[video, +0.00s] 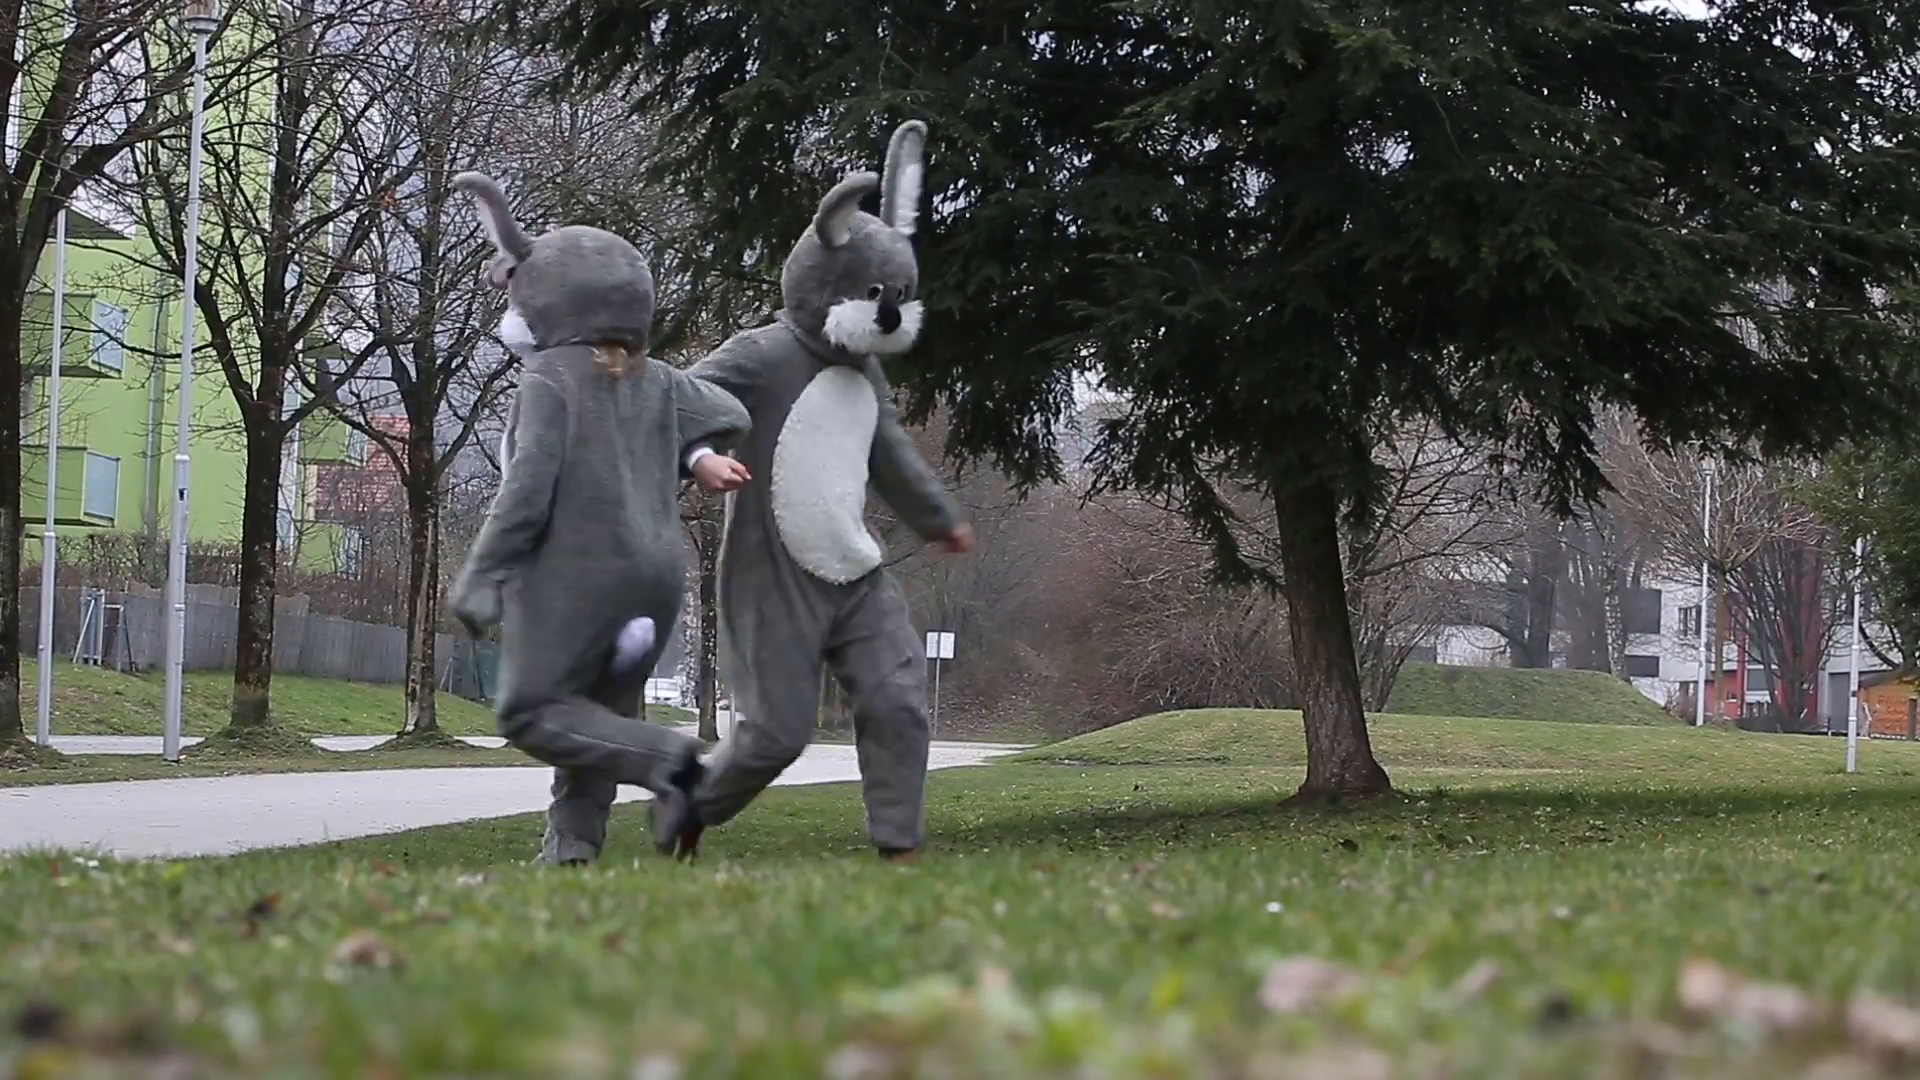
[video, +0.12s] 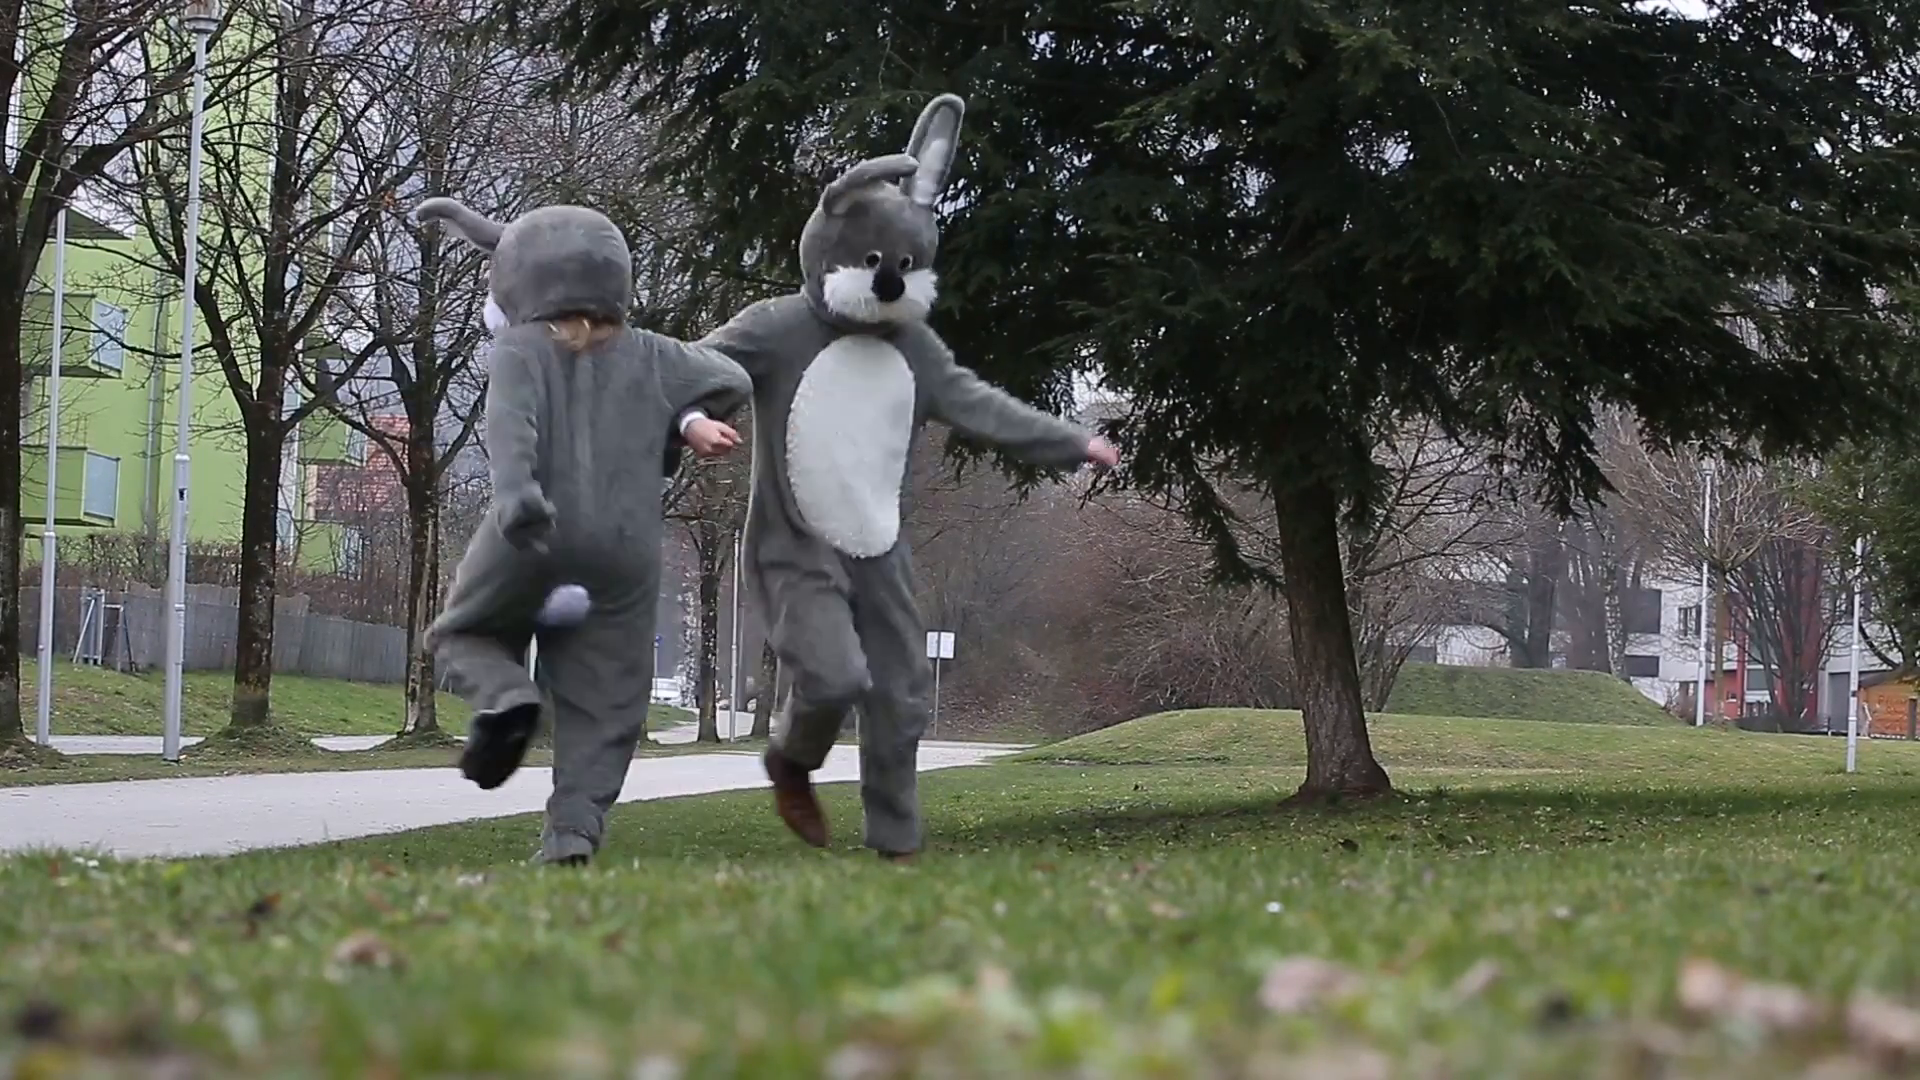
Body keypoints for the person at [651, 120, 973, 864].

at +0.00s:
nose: (880, 320)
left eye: (888, 306)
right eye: (869, 303)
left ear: (884, 306)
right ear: (825, 294)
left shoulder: (864, 380)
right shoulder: (762, 354)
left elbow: (893, 457)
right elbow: (670, 403)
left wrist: (940, 517)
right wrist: (694, 454)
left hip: (857, 572)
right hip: (771, 576)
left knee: (898, 703)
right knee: (776, 735)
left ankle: (898, 845)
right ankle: (685, 814)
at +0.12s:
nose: (895, 286)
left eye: (907, 271)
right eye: (880, 267)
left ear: (914, 269)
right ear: (838, 261)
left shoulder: (914, 345)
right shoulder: (772, 327)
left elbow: (979, 404)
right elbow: (681, 374)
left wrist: (1072, 441)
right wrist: (687, 419)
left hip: (879, 549)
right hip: (793, 545)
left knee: (900, 695)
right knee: (834, 680)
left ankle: (895, 839)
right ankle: (790, 767)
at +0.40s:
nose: (817, 283)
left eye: (837, 264)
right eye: (797, 268)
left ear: (870, 257)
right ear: (775, 269)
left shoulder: (915, 330)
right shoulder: (762, 339)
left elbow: (990, 398)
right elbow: (697, 395)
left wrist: (1050, 459)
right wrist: (653, 431)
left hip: (906, 554)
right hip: (809, 555)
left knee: (918, 703)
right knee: (816, 682)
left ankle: (919, 845)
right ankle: (825, 827)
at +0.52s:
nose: (760, 291)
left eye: (776, 269)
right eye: (743, 277)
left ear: (817, 260)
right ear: (728, 279)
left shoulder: (877, 338)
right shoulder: (734, 353)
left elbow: (941, 425)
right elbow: (691, 418)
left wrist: (983, 507)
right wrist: (647, 453)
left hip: (874, 563)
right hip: (778, 567)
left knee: (903, 729)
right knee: (781, 701)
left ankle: (924, 823)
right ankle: (818, 847)